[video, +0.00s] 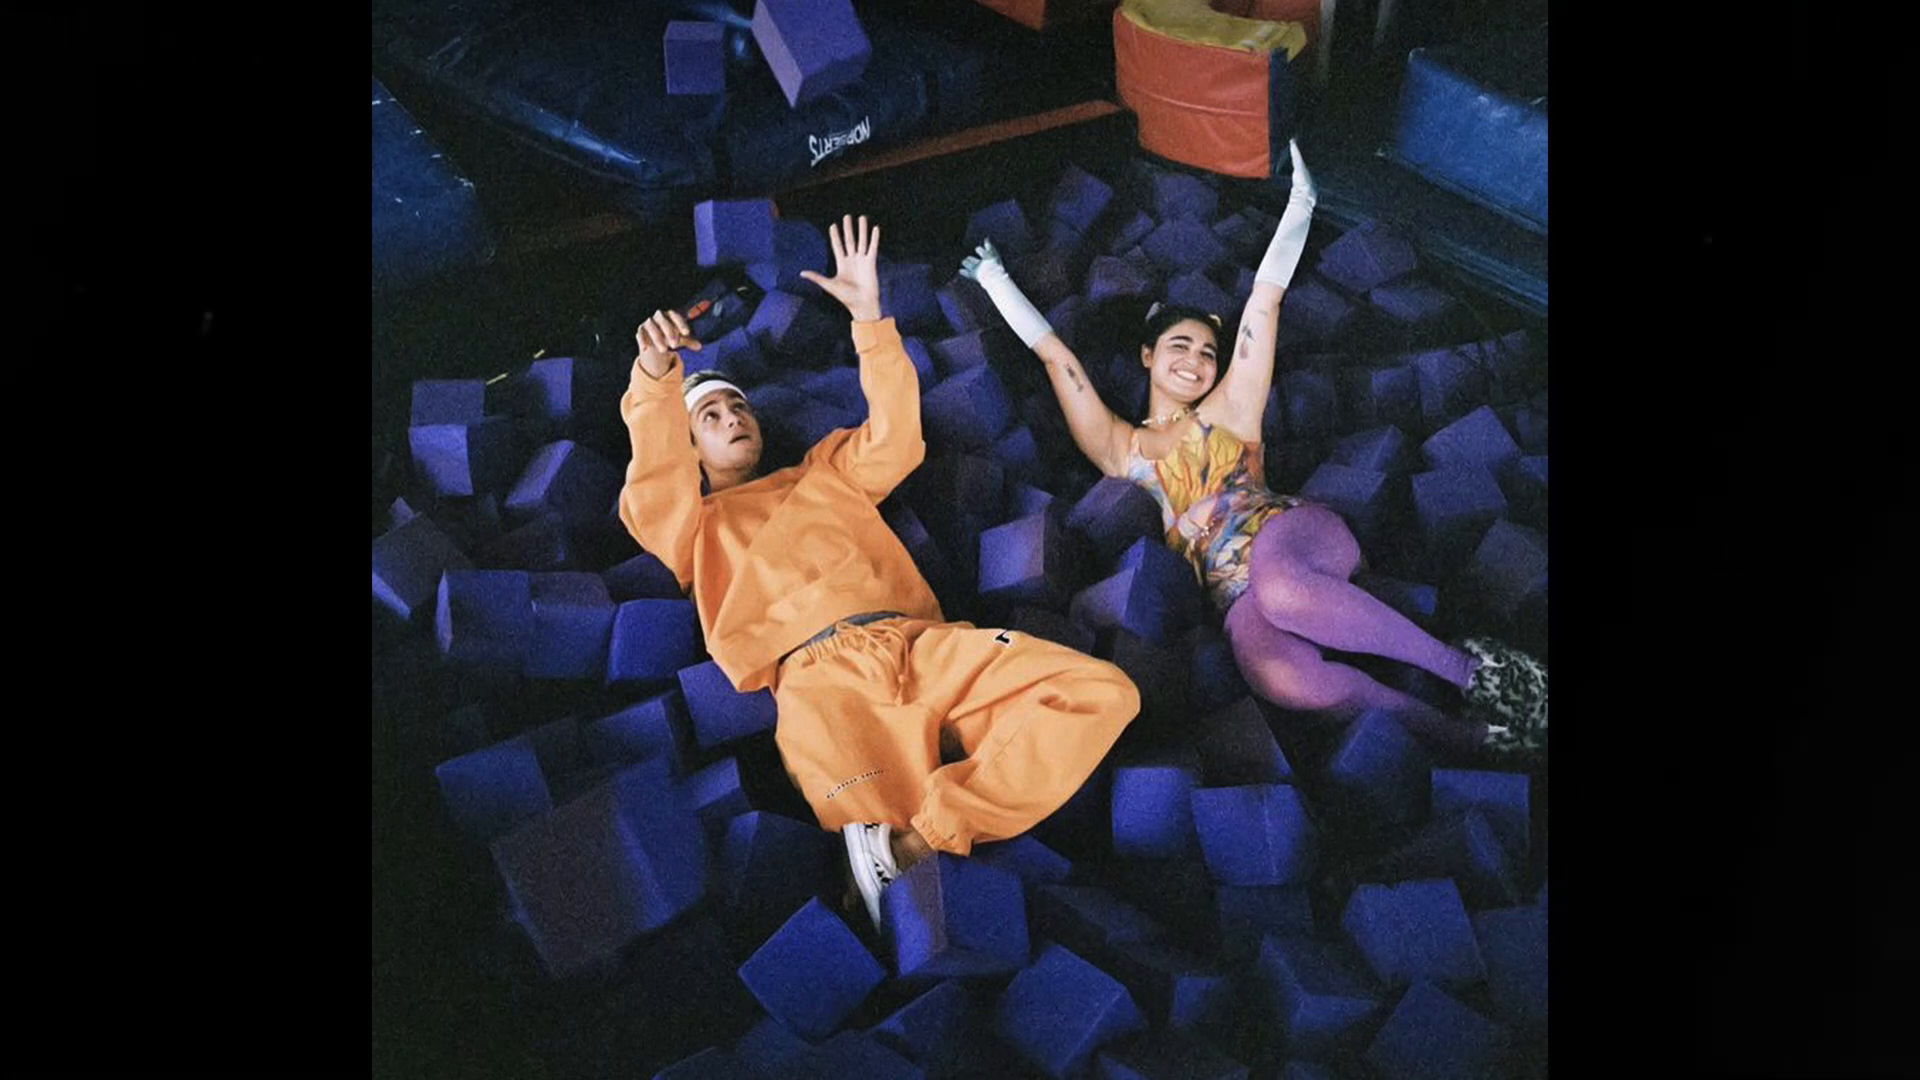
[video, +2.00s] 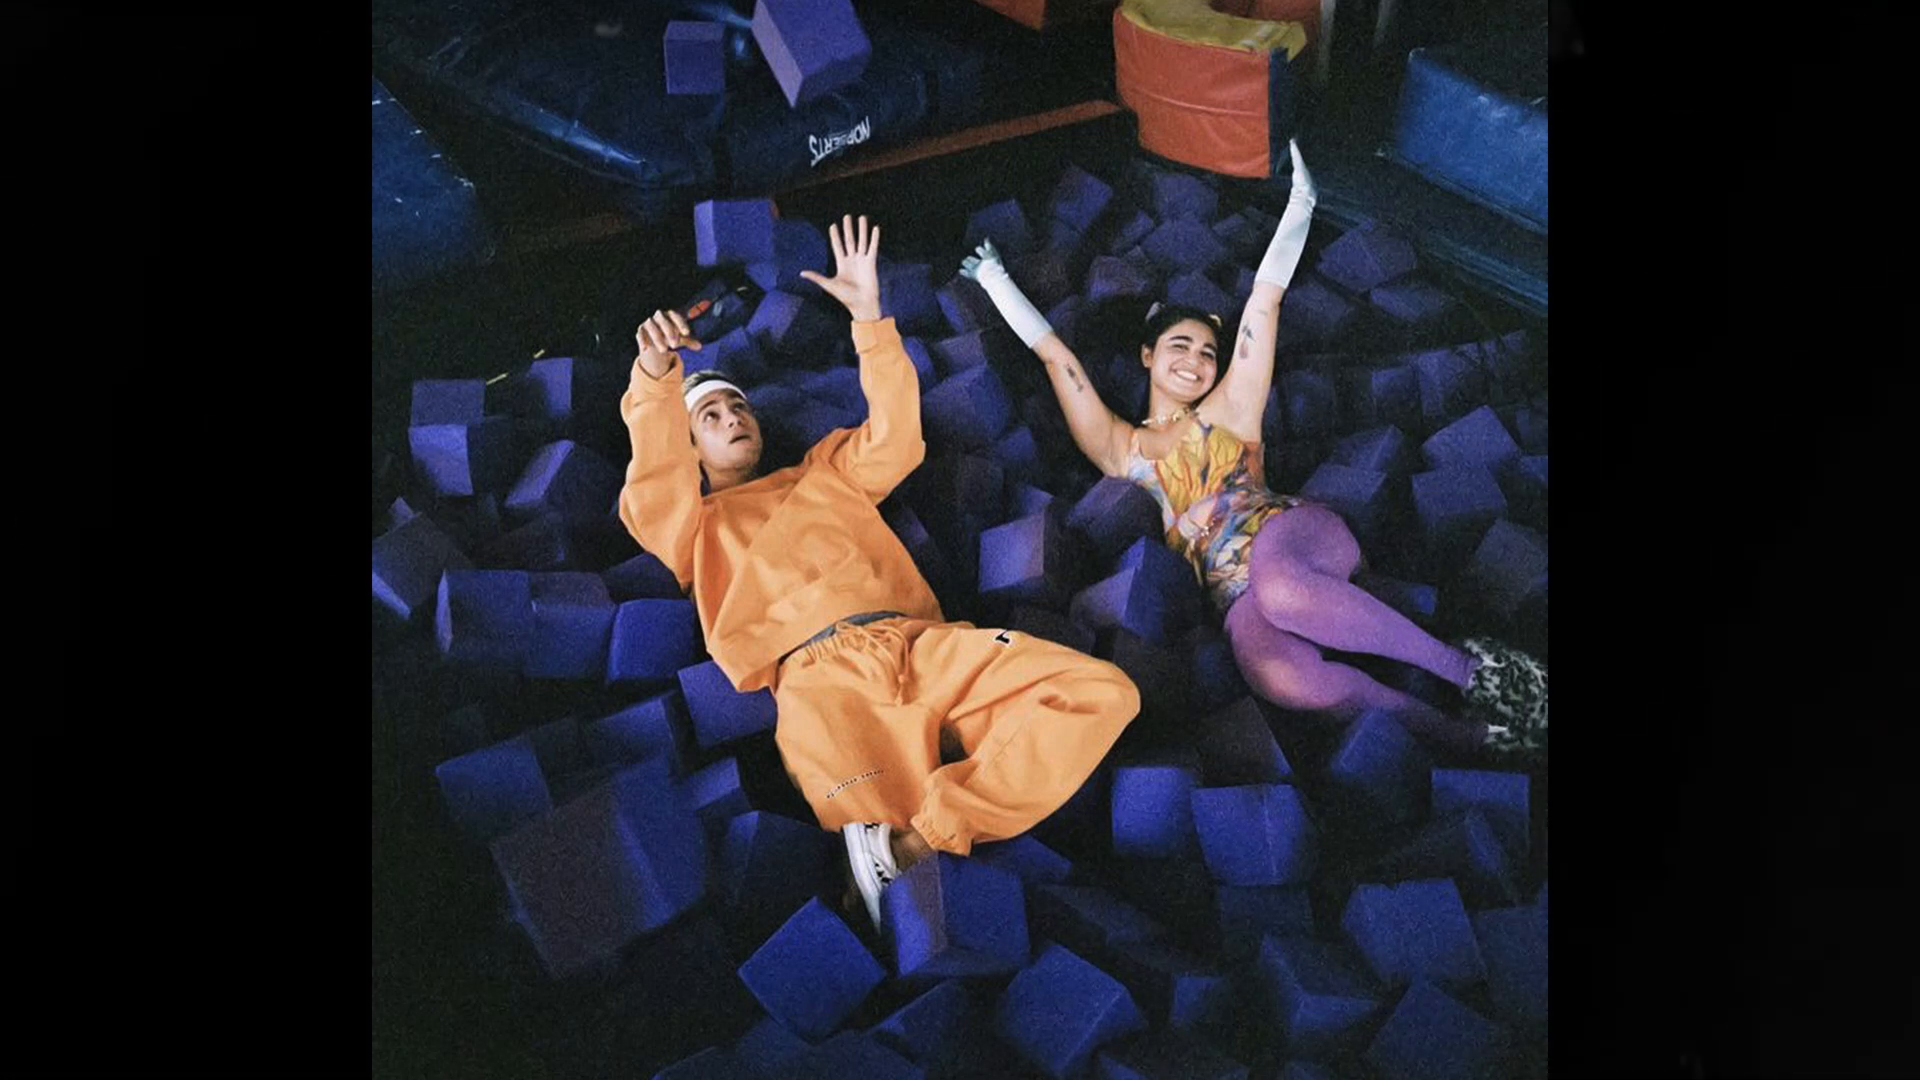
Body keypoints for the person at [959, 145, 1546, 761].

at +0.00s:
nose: (1191, 360)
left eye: (1205, 354)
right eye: (1177, 346)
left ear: (1216, 371)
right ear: (1145, 357)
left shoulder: (1230, 411)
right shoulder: (1122, 448)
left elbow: (1264, 306)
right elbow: (1057, 359)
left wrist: (1298, 209)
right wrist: (991, 278)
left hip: (1287, 531)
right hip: (1238, 596)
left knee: (1278, 593)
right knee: (1287, 680)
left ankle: (1471, 671)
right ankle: (1463, 735)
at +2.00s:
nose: (1191, 360)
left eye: (1205, 354)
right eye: (1177, 346)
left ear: (1216, 371)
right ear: (1145, 357)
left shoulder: (1230, 411)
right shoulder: (1122, 448)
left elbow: (1264, 306)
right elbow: (1057, 359)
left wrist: (1298, 209)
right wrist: (992, 278)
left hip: (1288, 531)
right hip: (1238, 596)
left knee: (1278, 592)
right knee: (1287, 680)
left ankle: (1471, 671)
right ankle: (1463, 736)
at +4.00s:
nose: (1192, 361)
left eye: (1205, 354)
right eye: (1178, 347)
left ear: (1215, 369)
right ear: (1145, 358)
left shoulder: (1230, 412)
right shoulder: (1123, 448)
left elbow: (1264, 305)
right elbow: (1057, 358)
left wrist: (1298, 209)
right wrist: (991, 277)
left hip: (1288, 532)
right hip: (1239, 598)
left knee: (1278, 592)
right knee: (1286, 680)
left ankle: (1470, 671)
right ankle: (1464, 735)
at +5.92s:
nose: (1190, 359)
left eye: (1205, 353)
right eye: (1176, 346)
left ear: (1217, 371)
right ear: (1145, 359)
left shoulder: (1230, 410)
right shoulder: (1123, 449)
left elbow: (1264, 304)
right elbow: (1057, 359)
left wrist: (1298, 208)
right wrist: (992, 277)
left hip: (1291, 533)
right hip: (1240, 599)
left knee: (1277, 592)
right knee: (1286, 680)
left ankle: (1471, 670)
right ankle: (1459, 732)